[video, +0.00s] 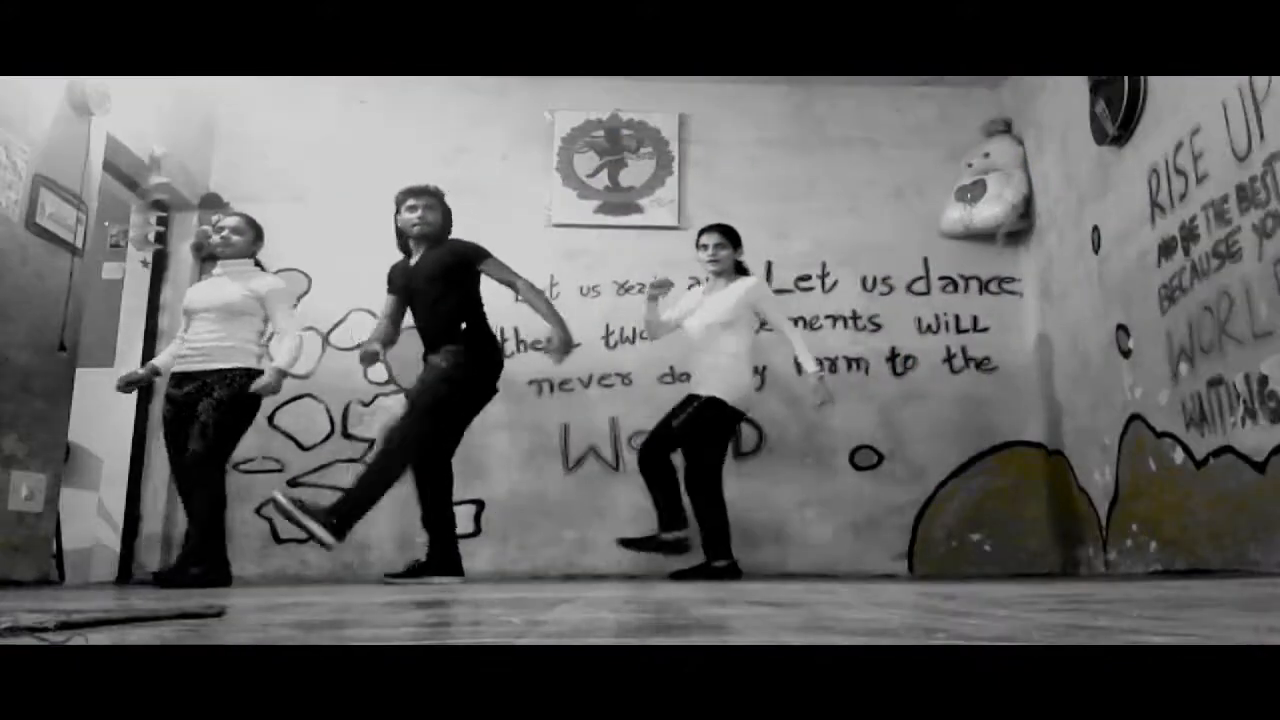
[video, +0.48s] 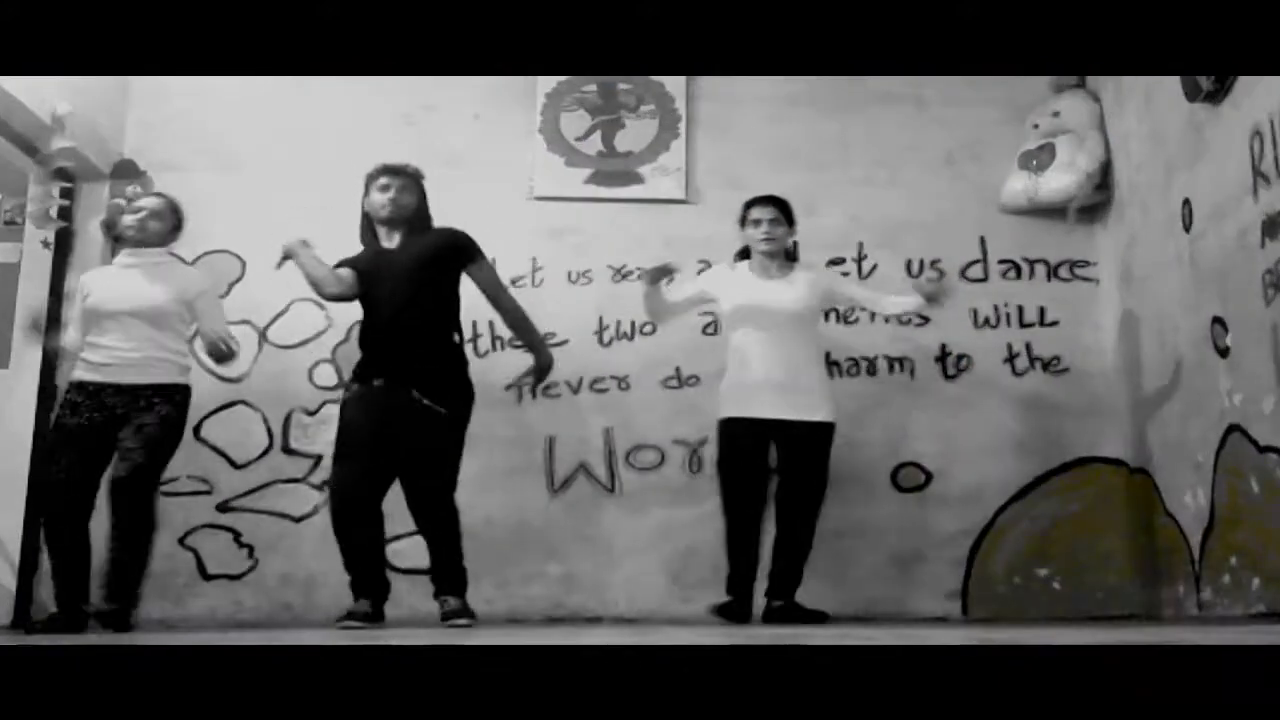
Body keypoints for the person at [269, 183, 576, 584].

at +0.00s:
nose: (419, 213)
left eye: (429, 208)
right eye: (410, 209)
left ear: (445, 219)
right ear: (399, 223)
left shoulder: (458, 252)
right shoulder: (401, 273)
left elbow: (518, 284)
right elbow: (390, 322)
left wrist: (559, 326)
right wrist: (374, 344)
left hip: (473, 361)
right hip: (442, 367)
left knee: (405, 433)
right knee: (430, 454)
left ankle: (337, 519)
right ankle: (444, 556)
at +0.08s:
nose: (374, 189)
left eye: (385, 183)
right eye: (364, 183)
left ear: (403, 197)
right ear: (349, 199)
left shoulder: (425, 238)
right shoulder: (347, 262)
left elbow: (492, 277)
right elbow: (334, 320)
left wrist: (544, 316)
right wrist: (315, 352)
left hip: (441, 366)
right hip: (399, 375)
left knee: (356, 445)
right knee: (375, 480)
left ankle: (309, 561)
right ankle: (402, 597)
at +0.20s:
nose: (383, 178)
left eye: (395, 172)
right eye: (374, 172)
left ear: (412, 187)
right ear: (358, 187)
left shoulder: (438, 230)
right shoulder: (342, 248)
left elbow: (512, 262)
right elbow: (302, 302)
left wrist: (513, 273)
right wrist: (341, 313)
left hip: (436, 359)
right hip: (384, 367)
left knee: (373, 432)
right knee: (358, 475)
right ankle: (398, 594)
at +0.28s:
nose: (387, 171)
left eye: (398, 165)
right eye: (377, 165)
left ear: (416, 180)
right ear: (360, 180)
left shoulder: (437, 214)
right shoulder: (345, 240)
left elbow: (510, 243)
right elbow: (287, 294)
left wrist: (534, 284)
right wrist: (315, 267)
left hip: (432, 356)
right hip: (375, 366)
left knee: (403, 429)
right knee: (364, 470)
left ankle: (421, 560)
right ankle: (388, 594)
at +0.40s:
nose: (388, 178)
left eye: (400, 173)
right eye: (378, 173)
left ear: (419, 190)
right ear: (363, 193)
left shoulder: (444, 229)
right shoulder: (358, 253)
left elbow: (502, 283)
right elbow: (315, 290)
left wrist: (550, 332)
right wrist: (285, 241)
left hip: (438, 383)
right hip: (372, 386)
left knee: (435, 492)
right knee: (355, 496)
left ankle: (449, 593)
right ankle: (361, 599)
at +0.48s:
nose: (390, 192)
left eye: (401, 187)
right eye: (380, 187)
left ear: (420, 203)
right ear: (366, 205)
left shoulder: (448, 243)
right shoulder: (365, 262)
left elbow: (499, 297)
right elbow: (331, 286)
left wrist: (540, 350)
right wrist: (298, 250)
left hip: (436, 389)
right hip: (374, 390)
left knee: (430, 494)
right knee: (351, 495)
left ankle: (451, 596)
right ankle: (368, 599)